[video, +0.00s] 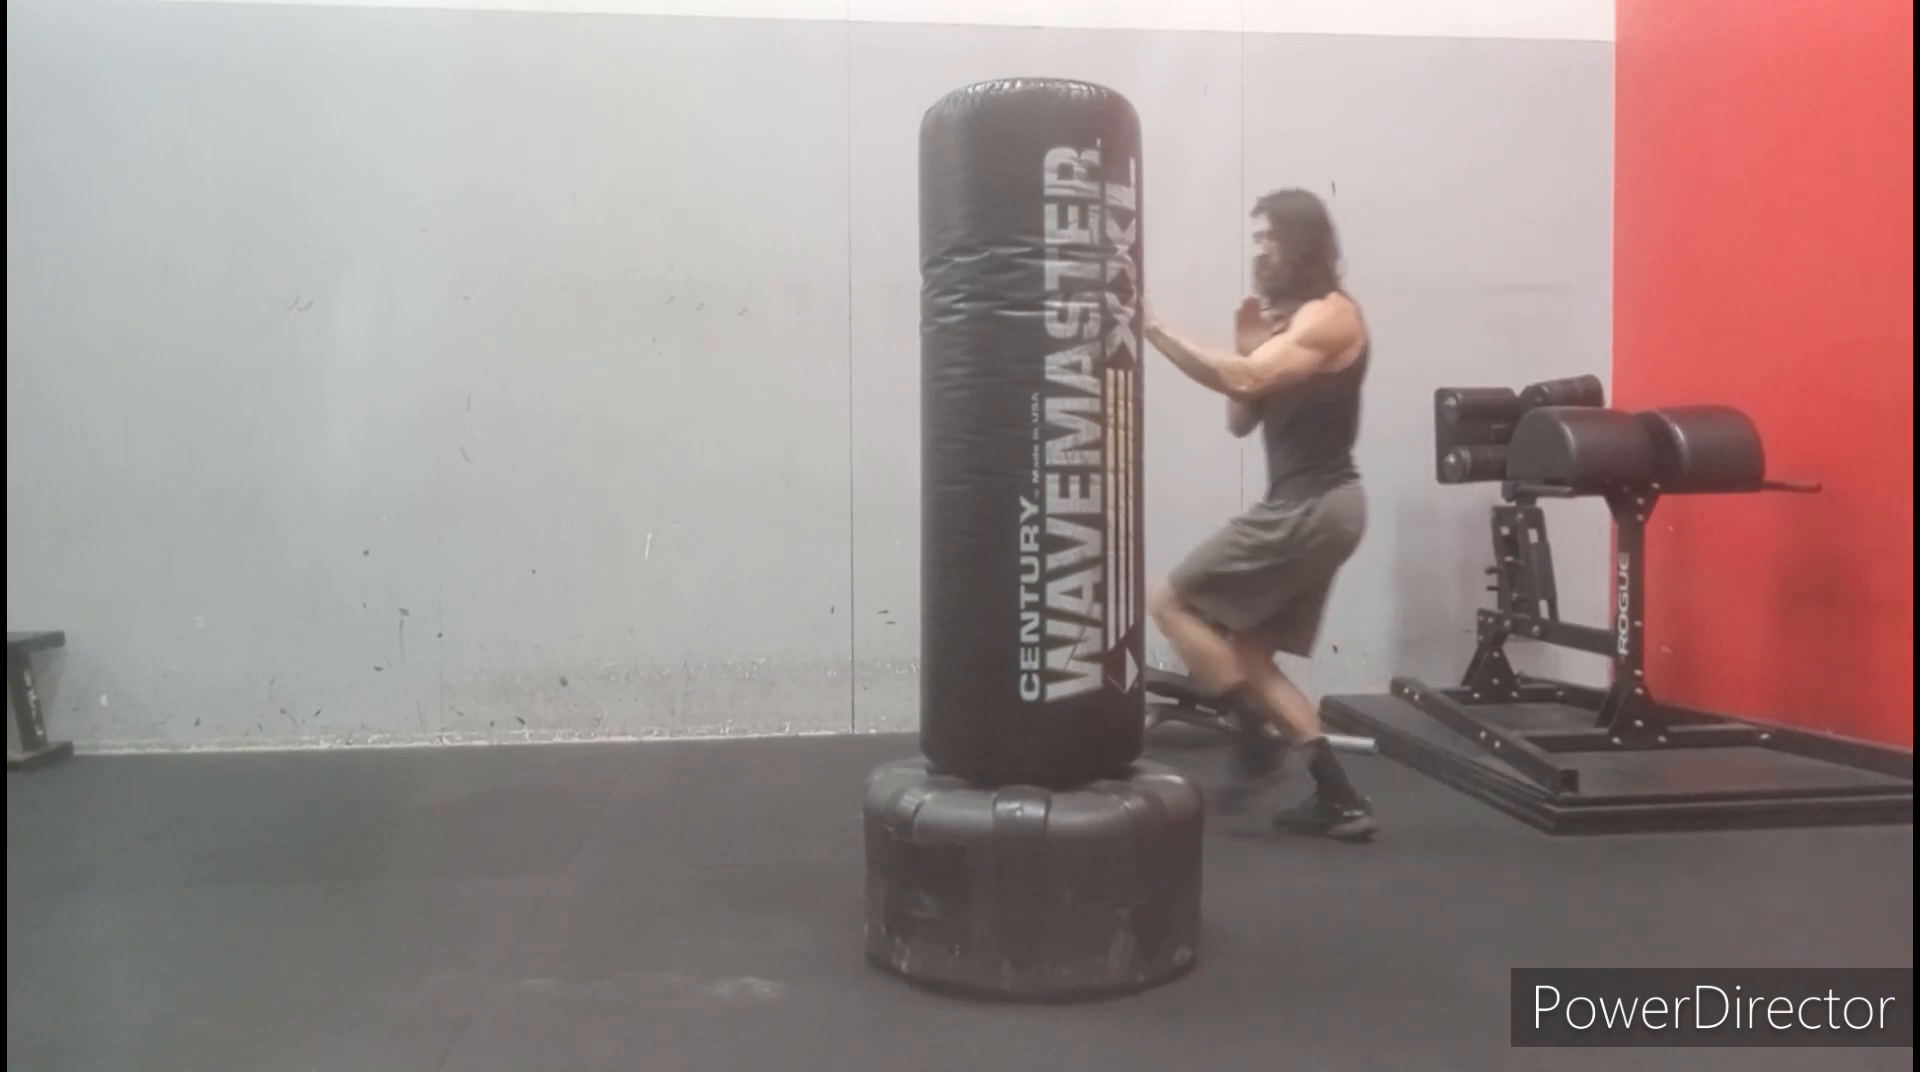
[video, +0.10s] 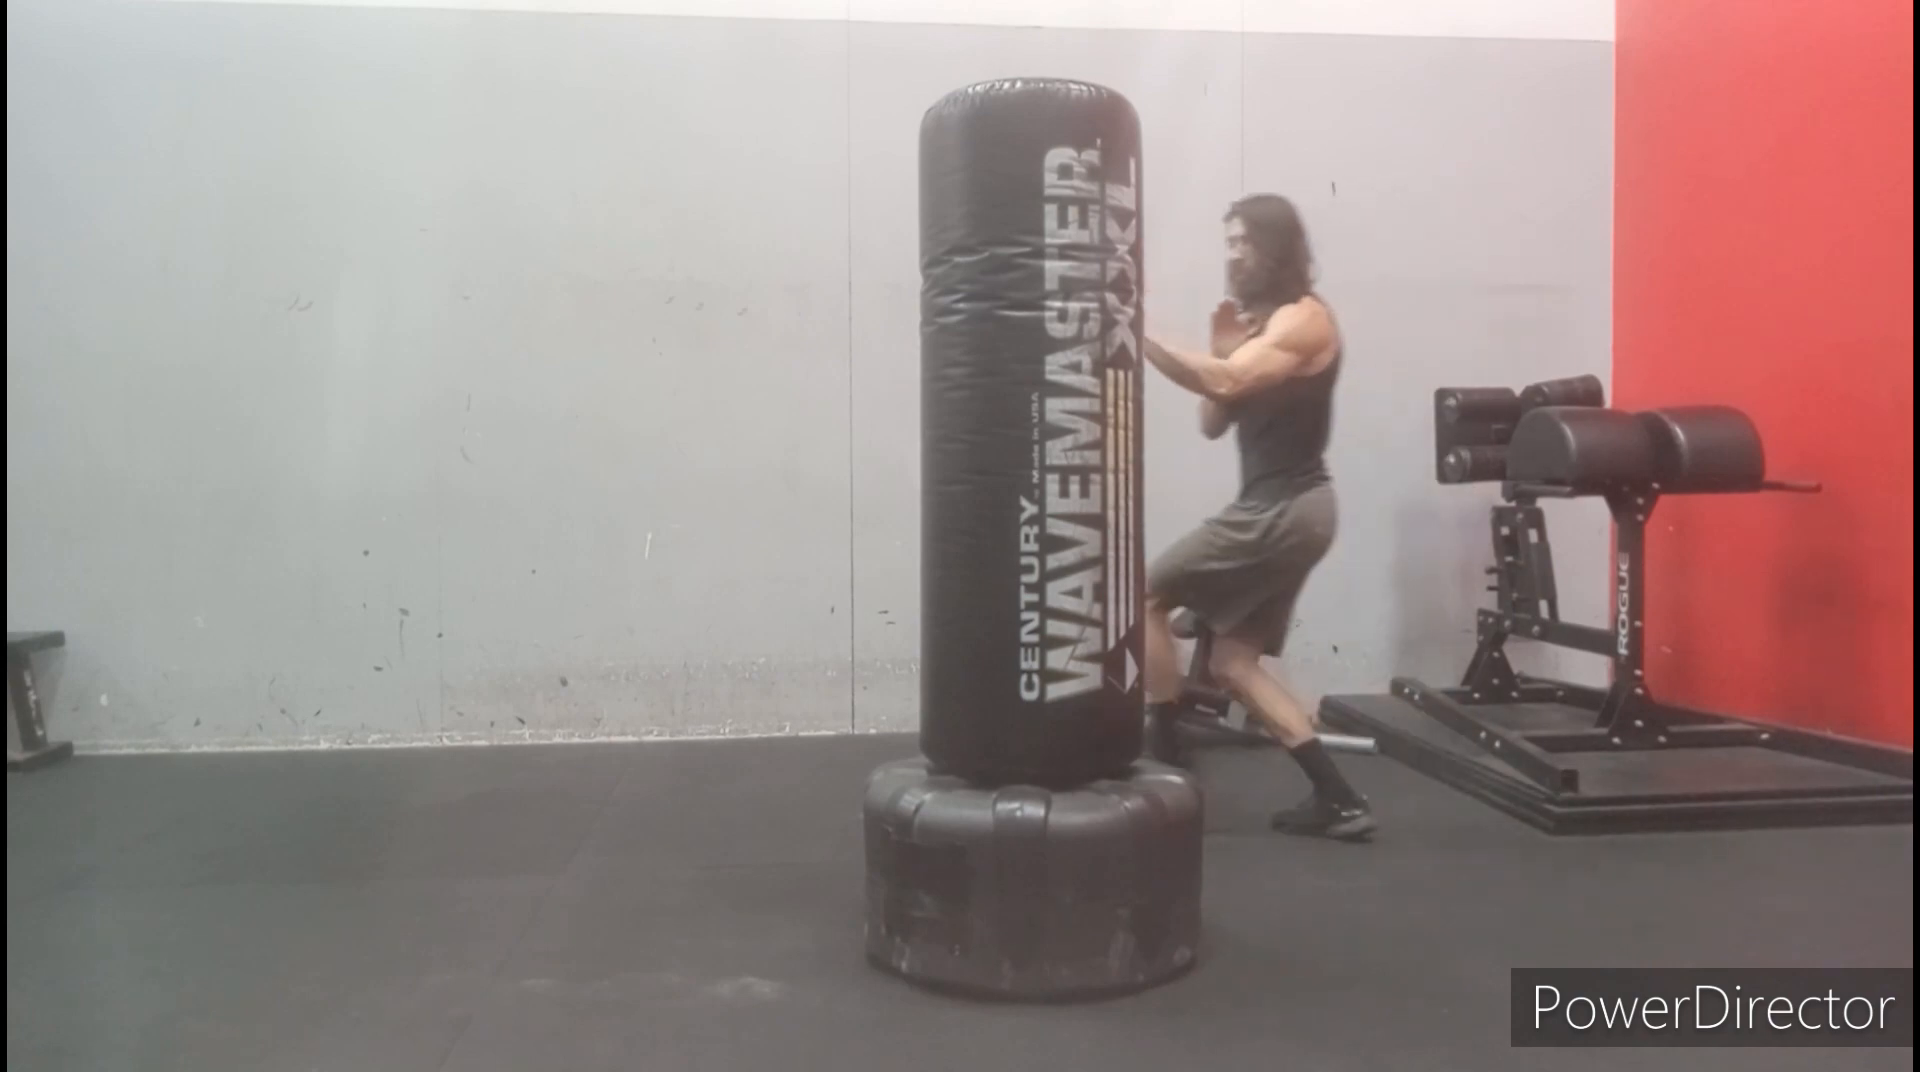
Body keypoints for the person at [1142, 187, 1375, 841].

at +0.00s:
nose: (1257, 255)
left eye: (1269, 242)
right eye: (1256, 242)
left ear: (1307, 249)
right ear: (1269, 248)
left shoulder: (1331, 315)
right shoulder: (1295, 322)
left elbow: (1247, 380)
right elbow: (1238, 421)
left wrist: (1152, 329)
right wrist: (1245, 350)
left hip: (1312, 505)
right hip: (1318, 505)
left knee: (1171, 601)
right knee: (1248, 660)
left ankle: (1252, 722)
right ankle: (1336, 794)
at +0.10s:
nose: (1230, 256)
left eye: (1241, 243)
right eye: (1228, 244)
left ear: (1276, 248)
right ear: (1243, 252)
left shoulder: (1305, 319)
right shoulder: (1259, 326)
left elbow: (1228, 381)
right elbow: (1214, 423)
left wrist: (1140, 342)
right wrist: (1221, 351)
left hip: (1288, 507)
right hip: (1278, 505)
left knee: (1142, 595)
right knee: (1230, 661)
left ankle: (1163, 757)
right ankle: (1336, 797)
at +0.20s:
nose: (1202, 262)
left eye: (1214, 249)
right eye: (1199, 249)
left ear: (1251, 256)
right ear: (1205, 257)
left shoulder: (1275, 324)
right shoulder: (1229, 329)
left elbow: (1202, 386)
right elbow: (1177, 425)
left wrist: (1125, 352)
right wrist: (1190, 354)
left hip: (1251, 513)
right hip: (1256, 511)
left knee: (1114, 603)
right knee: (1215, 671)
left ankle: (1096, 753)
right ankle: (1334, 793)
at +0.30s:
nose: (1170, 261)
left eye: (1181, 249)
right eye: (1167, 249)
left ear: (1215, 255)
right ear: (1166, 256)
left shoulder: (1238, 327)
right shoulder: (1179, 327)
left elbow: (1172, 388)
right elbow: (1137, 420)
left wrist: (1133, 345)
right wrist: (1152, 352)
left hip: (1211, 517)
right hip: (1215, 514)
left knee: (1095, 614)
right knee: (1202, 678)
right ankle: (1328, 786)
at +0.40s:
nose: (1135, 264)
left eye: (1147, 251)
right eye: (1133, 251)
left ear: (1179, 259)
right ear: (1139, 259)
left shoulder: (1199, 329)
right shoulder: (1151, 327)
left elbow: (1132, 390)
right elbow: (1118, 396)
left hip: (1170, 513)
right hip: (1164, 510)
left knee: (1103, 652)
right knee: (1162, 668)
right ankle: (1303, 765)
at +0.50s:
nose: (1104, 273)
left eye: (1112, 259)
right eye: (1105, 259)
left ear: (1133, 263)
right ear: (1156, 260)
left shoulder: (1164, 330)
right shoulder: (1145, 328)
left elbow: (1114, 406)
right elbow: (1119, 403)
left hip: (1147, 502)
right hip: (1141, 499)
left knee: (1114, 656)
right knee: (1114, 654)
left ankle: (1234, 719)